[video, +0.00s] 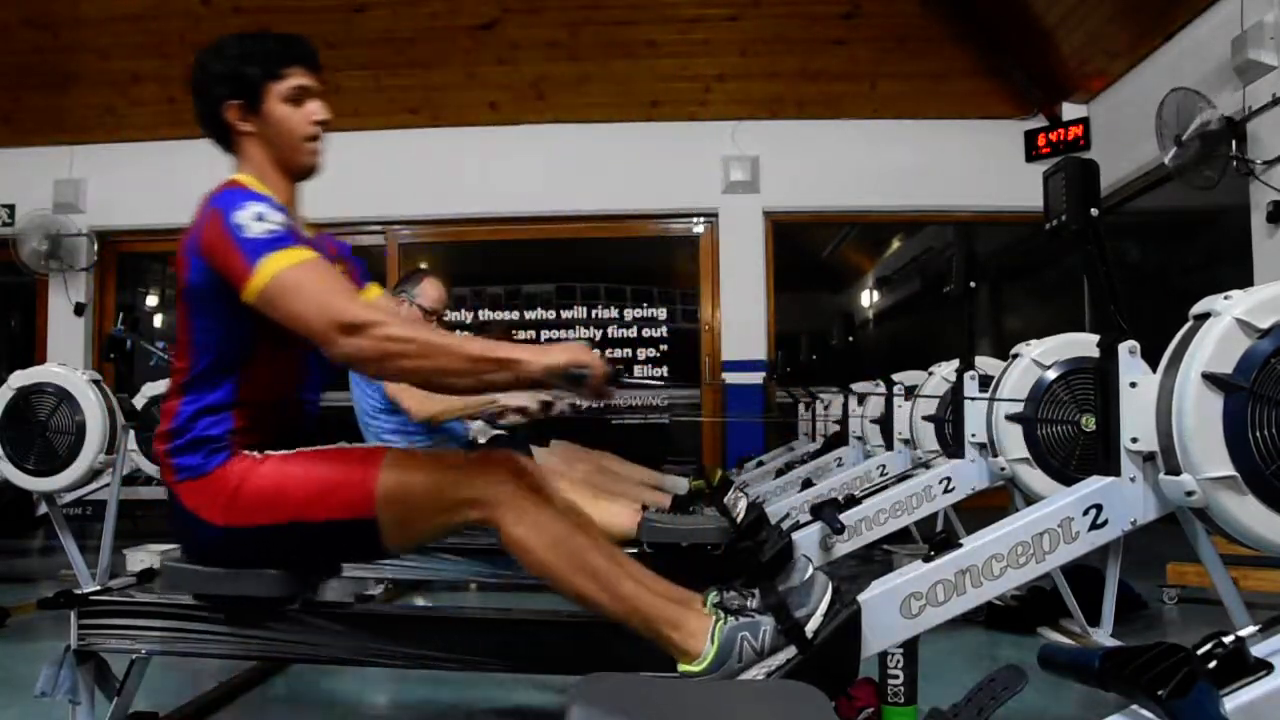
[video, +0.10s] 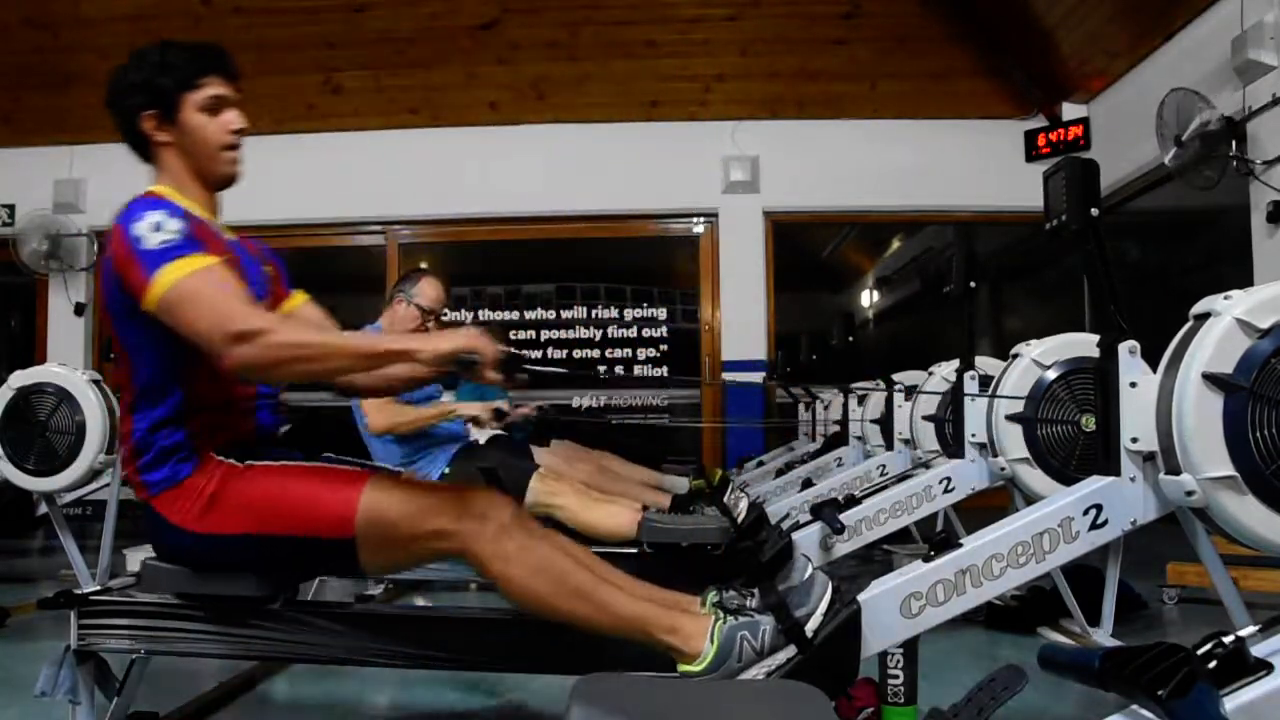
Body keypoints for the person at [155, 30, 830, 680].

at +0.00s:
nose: (323, 115)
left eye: (320, 99)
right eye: (299, 99)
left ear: (310, 113)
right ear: (240, 117)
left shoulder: (303, 235)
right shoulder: (235, 215)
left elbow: (397, 342)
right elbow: (360, 334)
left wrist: (527, 365)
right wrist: (532, 364)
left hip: (269, 467)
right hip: (225, 480)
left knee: (513, 477)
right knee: (493, 482)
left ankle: (711, 620)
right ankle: (704, 644)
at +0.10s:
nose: (237, 126)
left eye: (236, 110)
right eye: (215, 111)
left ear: (227, 122)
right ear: (154, 128)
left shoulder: (245, 256)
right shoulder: (150, 231)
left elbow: (341, 358)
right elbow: (248, 348)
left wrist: (446, 376)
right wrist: (429, 350)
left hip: (250, 469)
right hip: (196, 488)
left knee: (487, 500)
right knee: (470, 513)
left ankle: (693, 623)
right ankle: (697, 639)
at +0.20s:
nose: (176, 143)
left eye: (174, 127)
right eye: (153, 127)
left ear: (162, 144)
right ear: (92, 149)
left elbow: (271, 384)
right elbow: (139, 369)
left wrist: (371, 349)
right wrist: (316, 338)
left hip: (247, 460)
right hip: (189, 480)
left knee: (466, 521)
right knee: (438, 530)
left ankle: (704, 626)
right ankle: (704, 641)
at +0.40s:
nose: (124, 164)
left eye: (124, 148)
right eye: (101, 149)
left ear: (107, 165)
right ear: (42, 170)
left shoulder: (128, 273)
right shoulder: (38, 275)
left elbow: (172, 399)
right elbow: (9, 435)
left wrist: (236, 375)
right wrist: (121, 381)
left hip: (233, 464)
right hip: (183, 488)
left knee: (458, 531)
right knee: (435, 539)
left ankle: (699, 621)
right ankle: (696, 640)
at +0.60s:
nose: (134, 166)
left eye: (134, 151)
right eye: (112, 151)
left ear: (116, 166)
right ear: (52, 169)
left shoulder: (131, 277)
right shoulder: (46, 271)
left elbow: (174, 407)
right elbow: (11, 434)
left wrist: (265, 418)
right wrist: (155, 450)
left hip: (221, 471)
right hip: (178, 493)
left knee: (461, 532)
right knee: (441, 541)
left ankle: (704, 621)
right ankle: (700, 642)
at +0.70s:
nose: (152, 158)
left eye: (151, 142)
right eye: (131, 143)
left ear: (127, 161)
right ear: (70, 163)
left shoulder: (142, 273)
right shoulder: (52, 269)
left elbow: (188, 405)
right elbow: (41, 431)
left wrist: (263, 438)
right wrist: (197, 466)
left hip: (239, 471)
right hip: (193, 494)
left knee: (465, 534)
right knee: (443, 543)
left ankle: (703, 625)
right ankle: (701, 641)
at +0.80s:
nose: (173, 155)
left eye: (173, 138)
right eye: (152, 138)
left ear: (153, 154)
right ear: (91, 155)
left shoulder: (161, 269)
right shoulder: (69, 264)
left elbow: (214, 408)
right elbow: (88, 424)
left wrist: (285, 446)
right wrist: (240, 481)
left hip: (257, 479)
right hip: (198, 501)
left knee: (461, 532)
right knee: (438, 541)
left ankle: (699, 627)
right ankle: (702, 640)